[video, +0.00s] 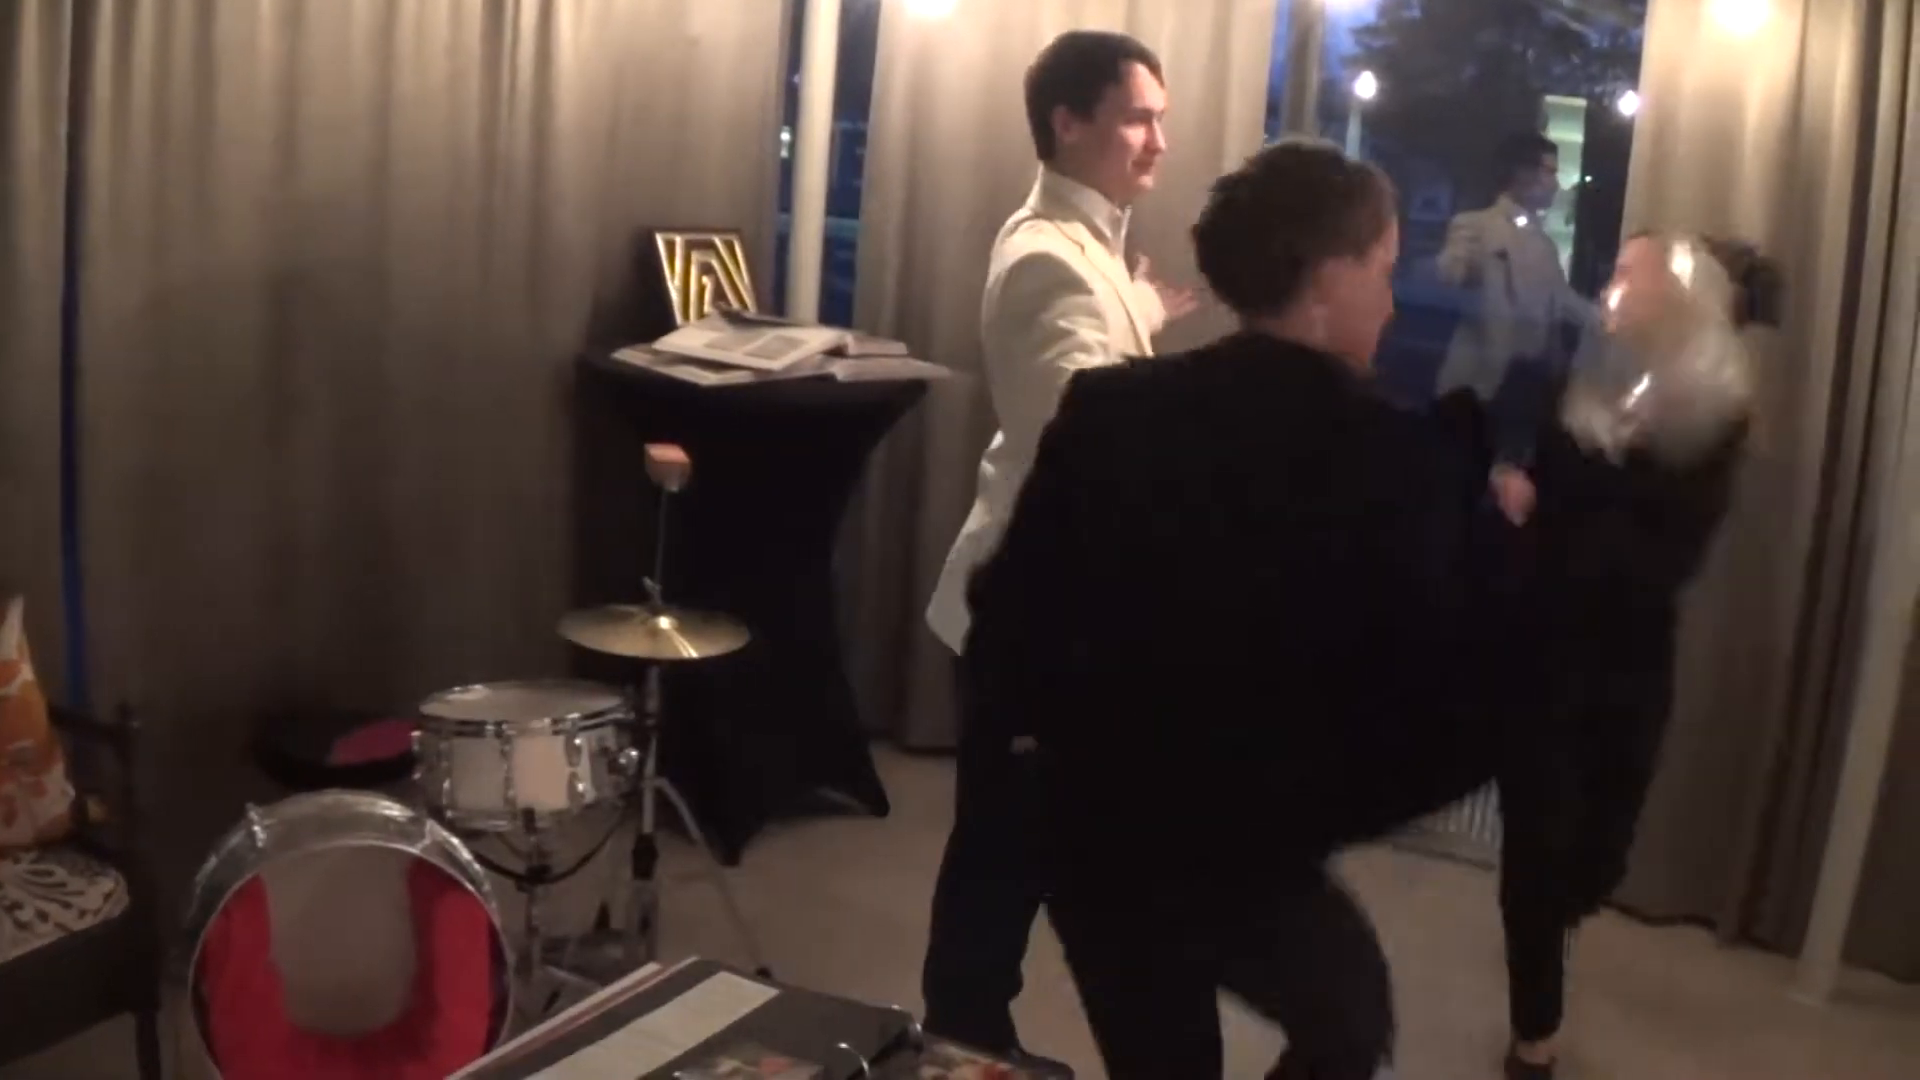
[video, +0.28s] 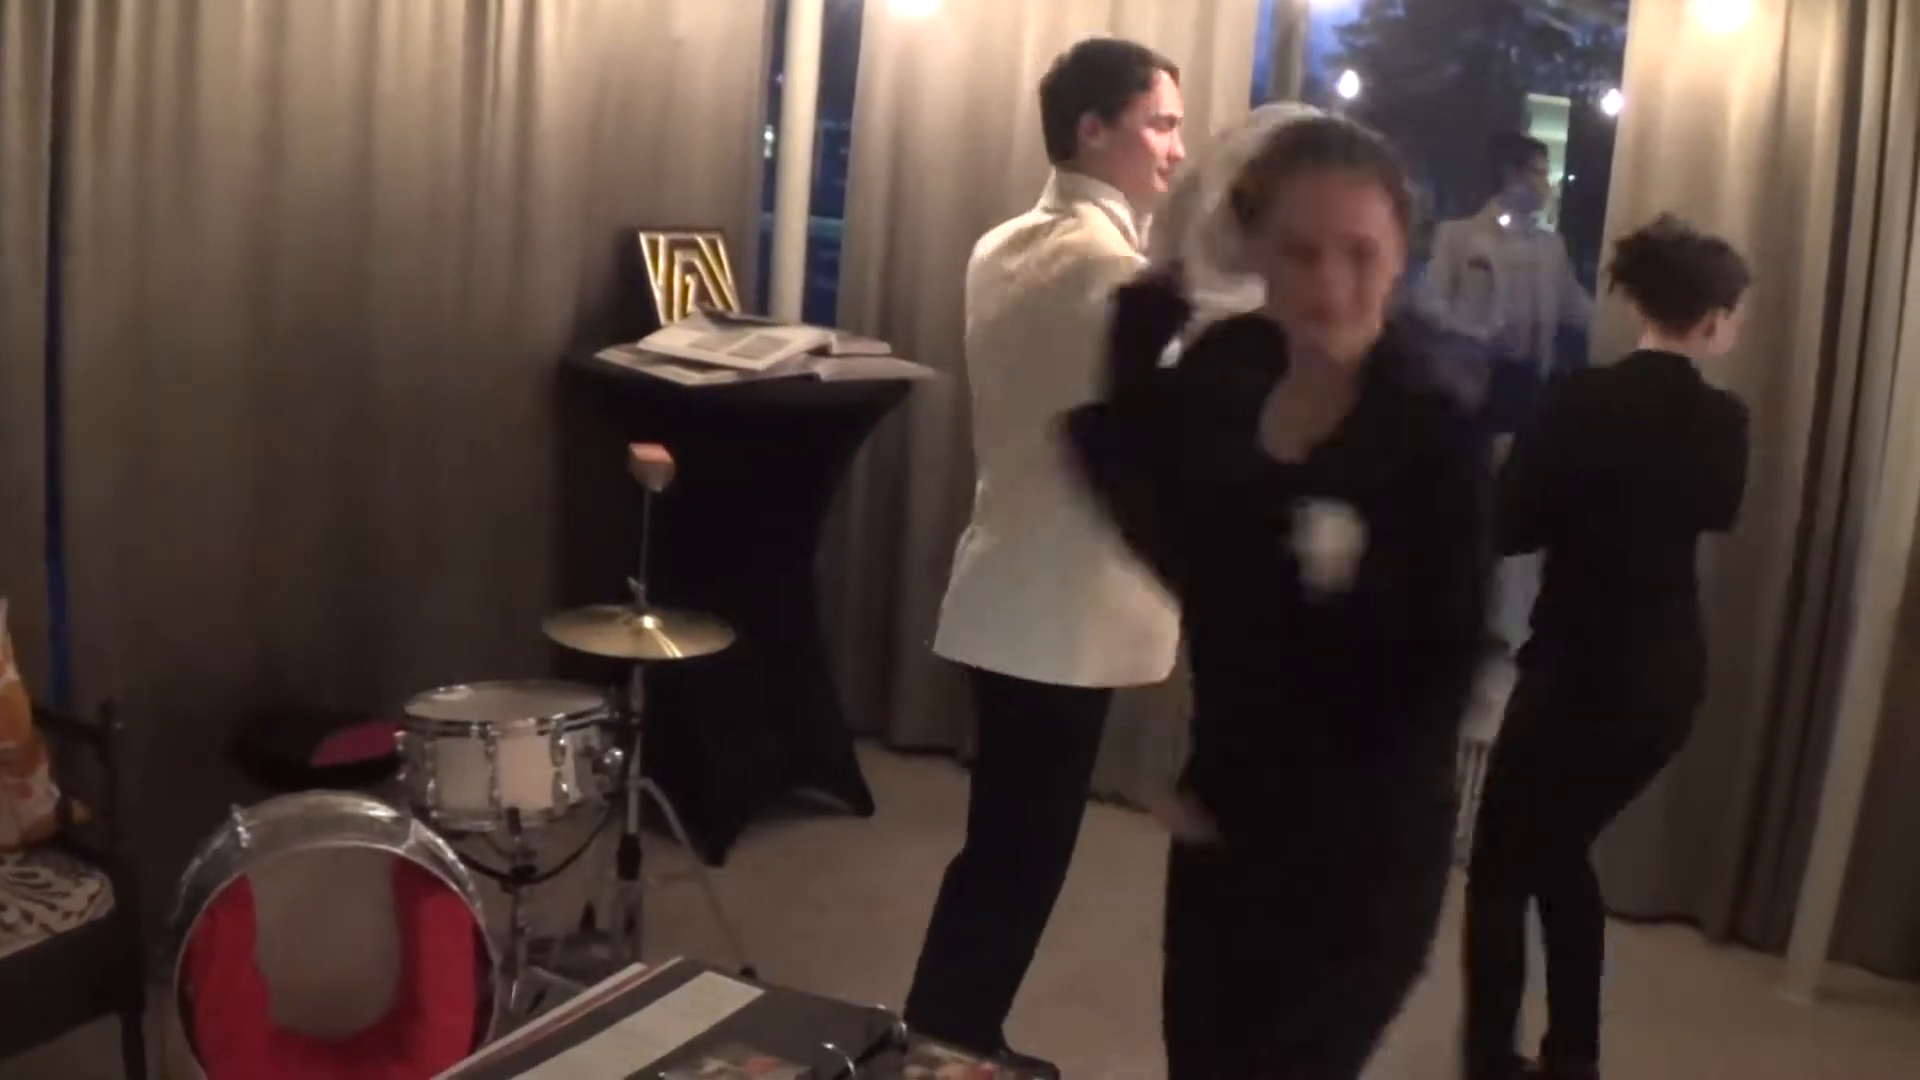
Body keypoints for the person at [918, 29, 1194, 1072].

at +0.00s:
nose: (1160, 141)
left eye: (1161, 121)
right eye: (1141, 120)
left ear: (1094, 128)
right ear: (1069, 125)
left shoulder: (1083, 238)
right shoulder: (1048, 262)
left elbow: (1106, 363)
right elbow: (1097, 444)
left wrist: (1148, 316)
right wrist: (1158, 330)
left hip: (1046, 590)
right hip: (1016, 603)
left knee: (1020, 826)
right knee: (1001, 832)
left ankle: (973, 1028)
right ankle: (968, 1035)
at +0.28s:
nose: (1179, 149)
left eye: (1178, 127)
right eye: (1161, 126)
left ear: (1080, 138)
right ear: (1096, 132)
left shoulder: (998, 252)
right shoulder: (1114, 273)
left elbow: (1005, 428)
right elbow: (1135, 451)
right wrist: (1202, 567)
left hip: (998, 586)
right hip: (1070, 607)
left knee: (1000, 843)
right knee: (1026, 857)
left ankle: (937, 1040)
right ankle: (957, 1047)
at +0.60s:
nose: (1229, 183)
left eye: (1231, 162)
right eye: (1213, 161)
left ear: (1126, 167)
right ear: (1142, 161)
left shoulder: (1029, 252)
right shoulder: (1167, 291)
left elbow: (955, 339)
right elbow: (1309, 369)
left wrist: (1027, 435)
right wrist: (1400, 255)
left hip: (997, 613)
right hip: (1087, 634)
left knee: (1024, 838)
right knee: (1131, 855)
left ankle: (958, 1044)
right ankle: (988, 1051)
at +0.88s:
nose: (1289, 211)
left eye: (1292, 187)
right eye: (1276, 184)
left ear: (1193, 181)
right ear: (1202, 180)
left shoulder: (1070, 259)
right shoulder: (1248, 321)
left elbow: (957, 345)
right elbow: (1388, 402)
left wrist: (999, 461)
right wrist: (1561, 398)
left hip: (1031, 626)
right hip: (1151, 661)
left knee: (956, 832)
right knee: (1216, 885)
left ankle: (830, 1035)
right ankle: (1194, 1072)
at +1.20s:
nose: (1351, 257)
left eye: (1357, 233)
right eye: (1339, 231)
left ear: (1259, 228)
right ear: (1267, 222)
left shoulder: (1112, 298)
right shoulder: (1311, 364)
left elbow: (987, 377)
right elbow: (1471, 439)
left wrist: (1037, 529)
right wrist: (1662, 439)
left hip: (1070, 673)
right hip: (1205, 703)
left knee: (959, 880)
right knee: (1290, 910)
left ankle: (831, 1057)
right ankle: (1202, 1078)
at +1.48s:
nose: (1355, 257)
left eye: (1358, 233)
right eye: (1344, 230)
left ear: (1253, 227)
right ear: (1267, 229)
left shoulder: (1116, 302)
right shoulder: (1316, 373)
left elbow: (991, 385)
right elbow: (1451, 430)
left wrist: (1038, 527)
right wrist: (1604, 439)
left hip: (1067, 684)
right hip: (1209, 716)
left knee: (959, 886)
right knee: (1297, 916)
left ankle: (832, 1061)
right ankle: (1205, 1073)